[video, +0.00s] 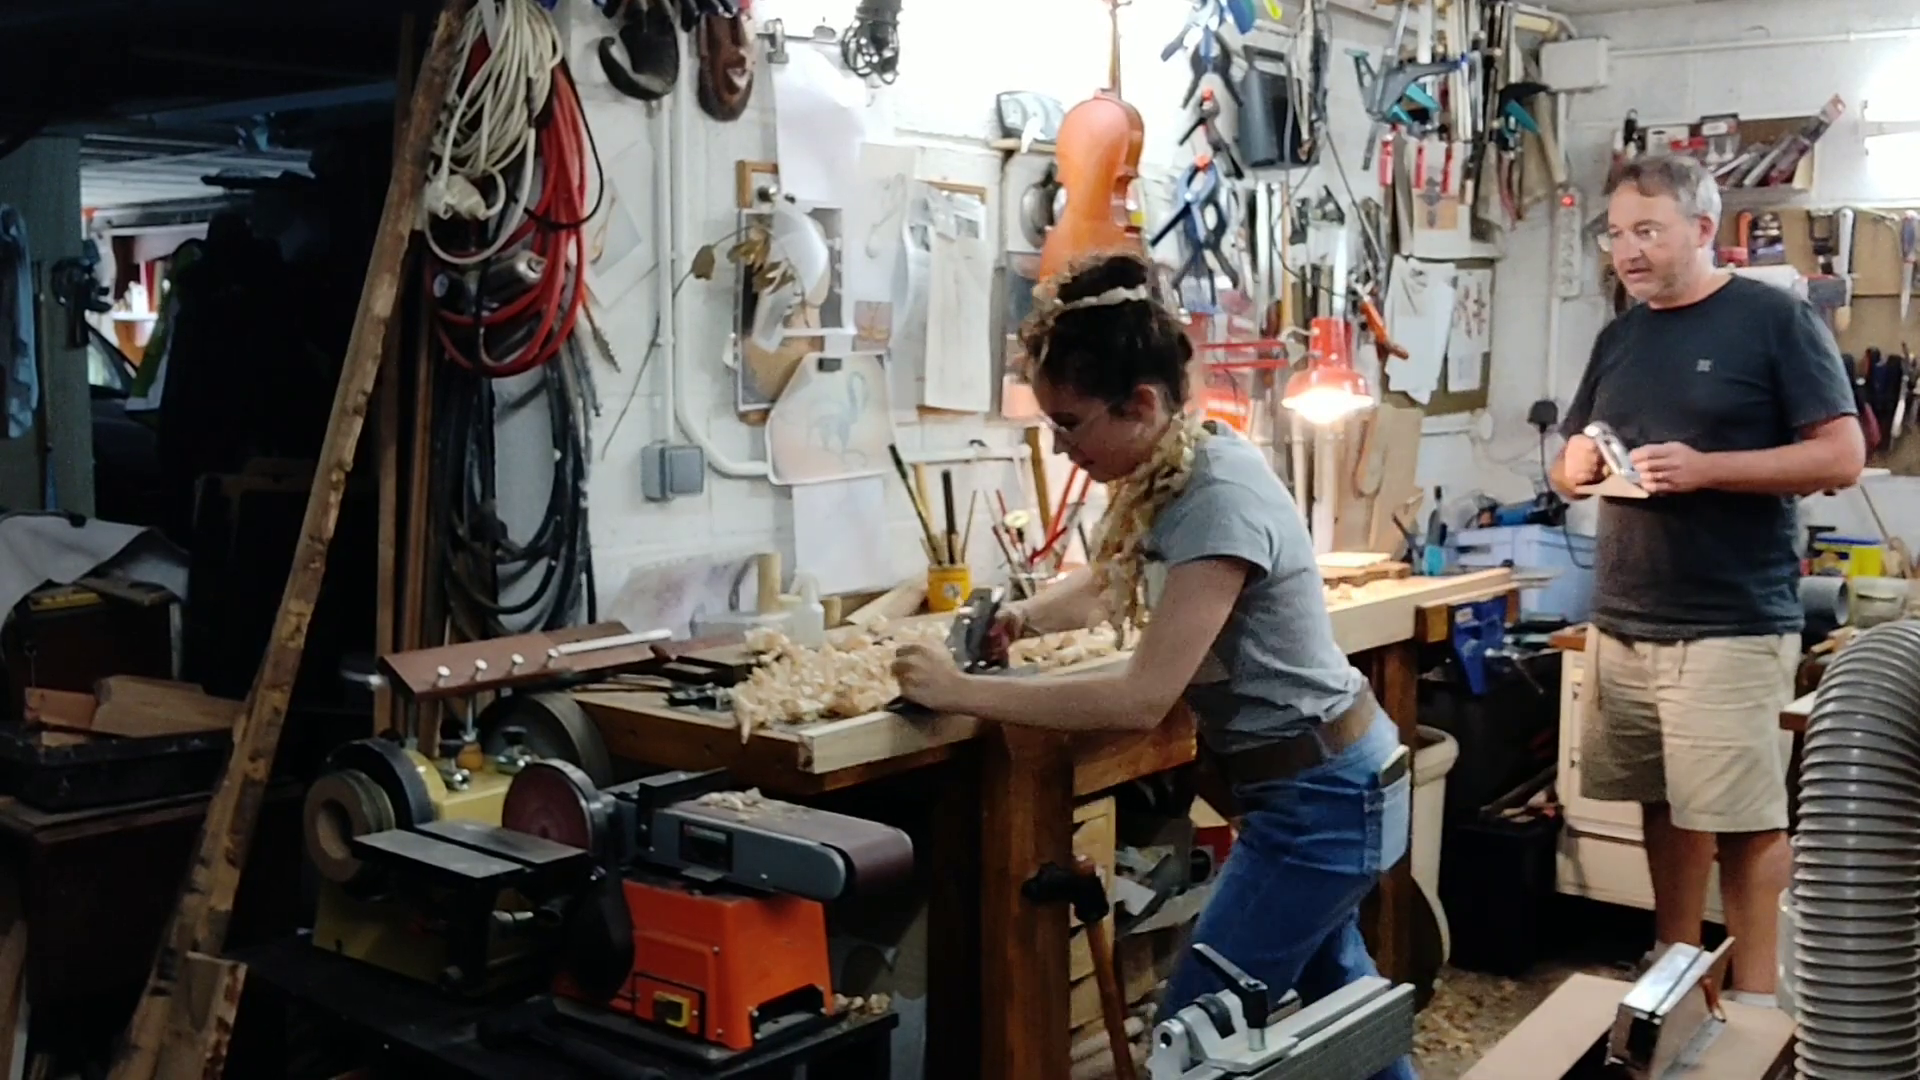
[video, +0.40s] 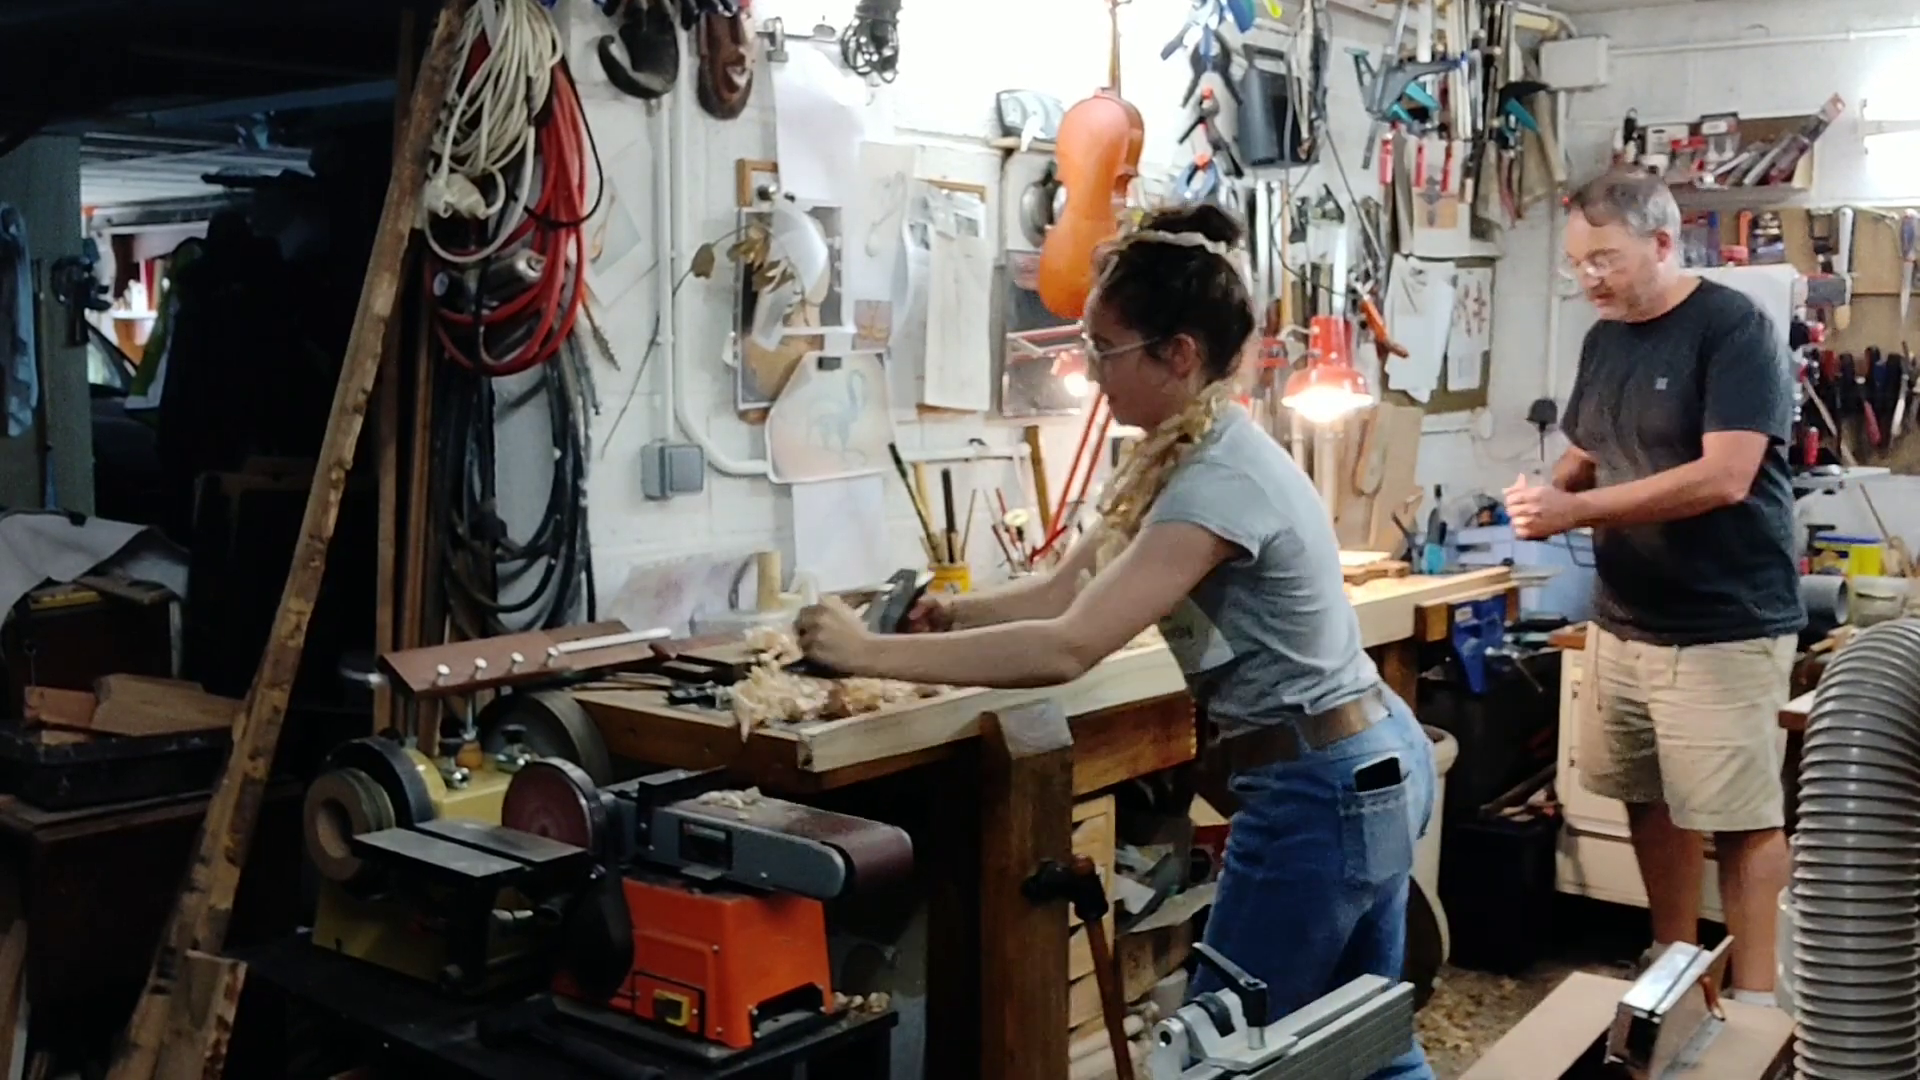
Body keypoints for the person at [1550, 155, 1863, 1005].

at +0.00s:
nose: (1628, 249)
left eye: (1647, 230)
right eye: (1616, 234)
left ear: (1702, 229)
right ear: (1608, 243)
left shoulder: (1776, 312)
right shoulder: (1619, 335)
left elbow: (1842, 455)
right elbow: (1568, 458)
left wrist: (1705, 465)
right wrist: (1577, 464)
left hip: (1735, 626)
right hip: (1630, 622)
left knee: (1744, 823)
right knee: (1667, 808)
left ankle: (1753, 1003)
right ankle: (1675, 967)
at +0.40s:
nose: (1587, 281)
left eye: (1600, 259)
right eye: (1578, 265)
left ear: (1661, 242)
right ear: (1577, 260)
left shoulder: (1736, 325)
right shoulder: (1604, 339)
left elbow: (1725, 477)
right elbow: (1583, 457)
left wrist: (1579, 509)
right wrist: (1547, 491)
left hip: (1727, 631)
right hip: (1625, 623)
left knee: (1742, 822)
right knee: (1649, 805)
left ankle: (1755, 1001)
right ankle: (1673, 968)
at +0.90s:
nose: (1497, 359)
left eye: (1504, 338)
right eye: (1488, 345)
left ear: (1561, 308)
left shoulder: (1650, 369)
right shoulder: (1545, 391)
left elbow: (1664, 529)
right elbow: (1562, 504)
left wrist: (1546, 552)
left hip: (1707, 629)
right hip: (1607, 631)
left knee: (1697, 815)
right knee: (1612, 808)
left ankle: (1756, 999)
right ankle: (1663, 967)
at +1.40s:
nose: (1478, 367)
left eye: (1502, 347)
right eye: (1468, 349)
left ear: (1551, 324)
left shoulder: (1620, 389)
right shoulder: (1500, 390)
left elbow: (1628, 555)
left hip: (1700, 623)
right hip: (1596, 628)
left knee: (1676, 830)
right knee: (1621, 825)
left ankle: (1713, 1014)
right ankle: (1666, 995)